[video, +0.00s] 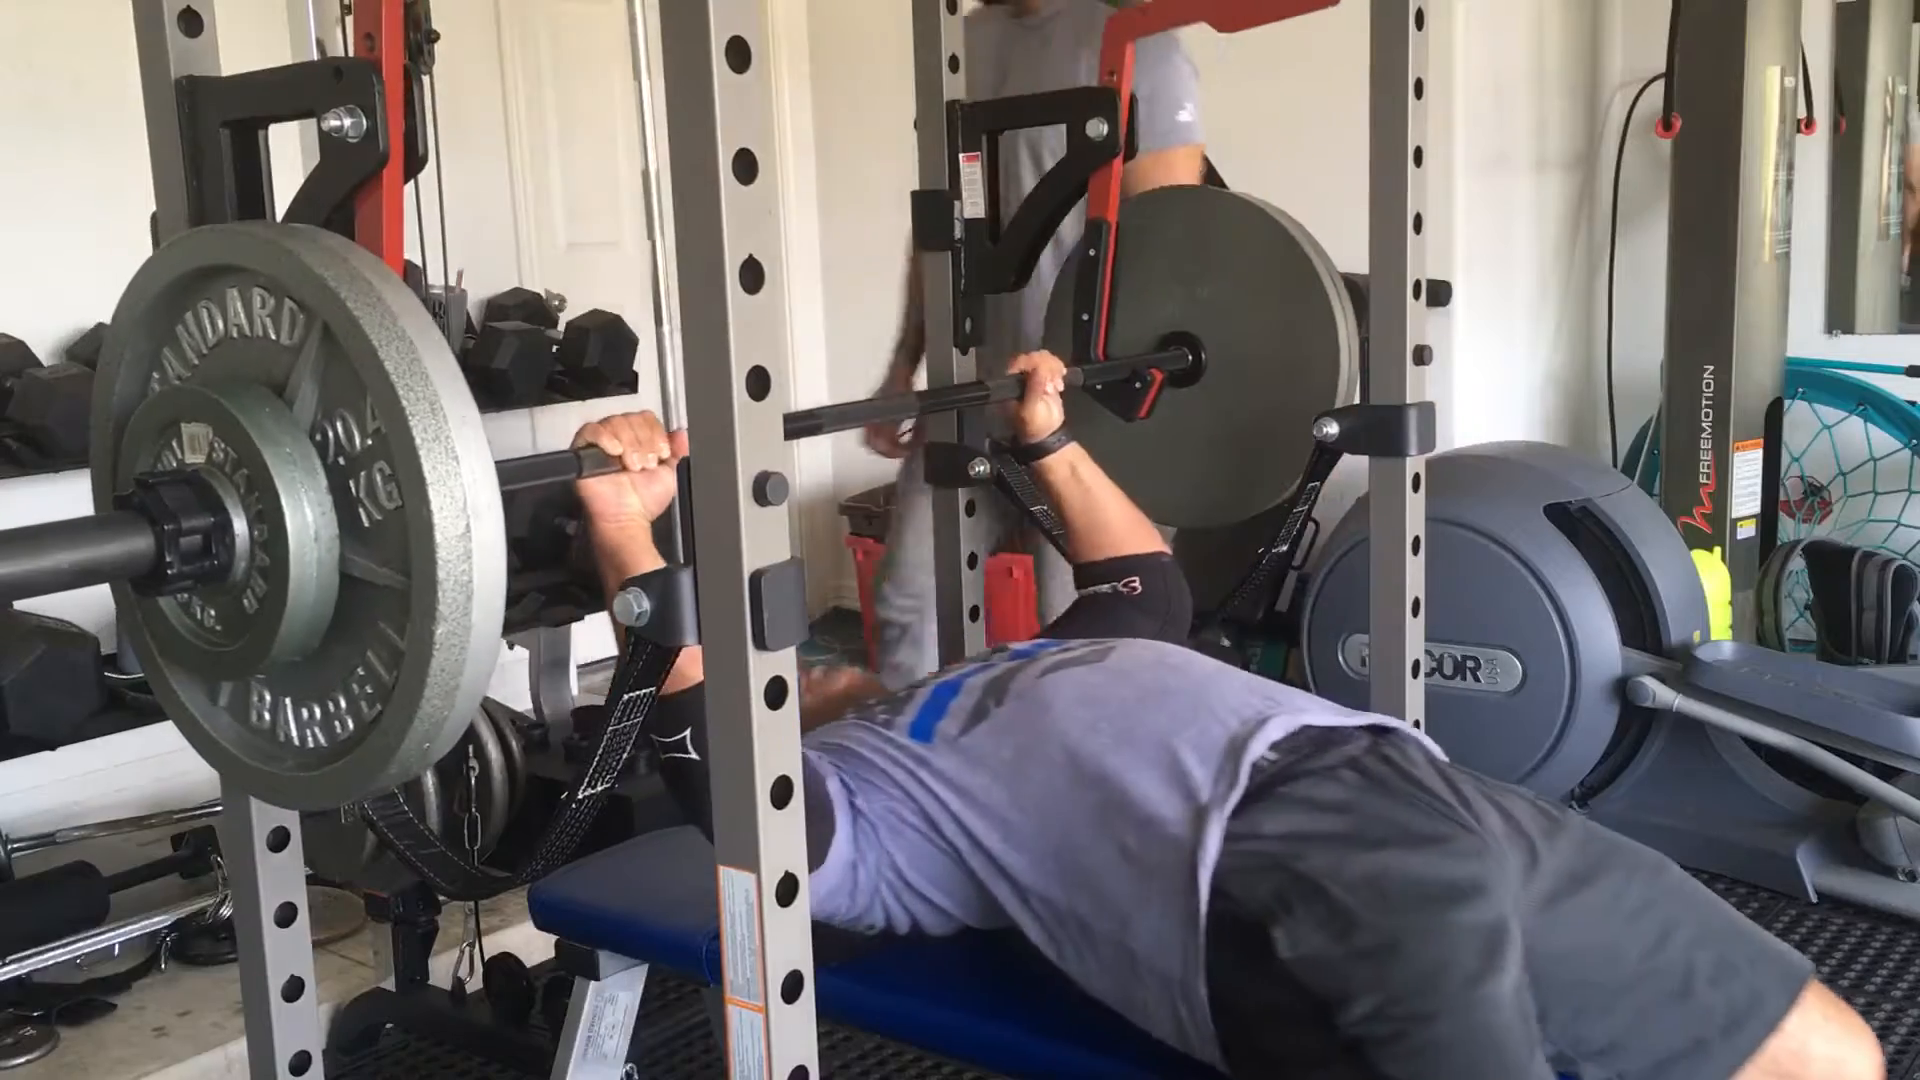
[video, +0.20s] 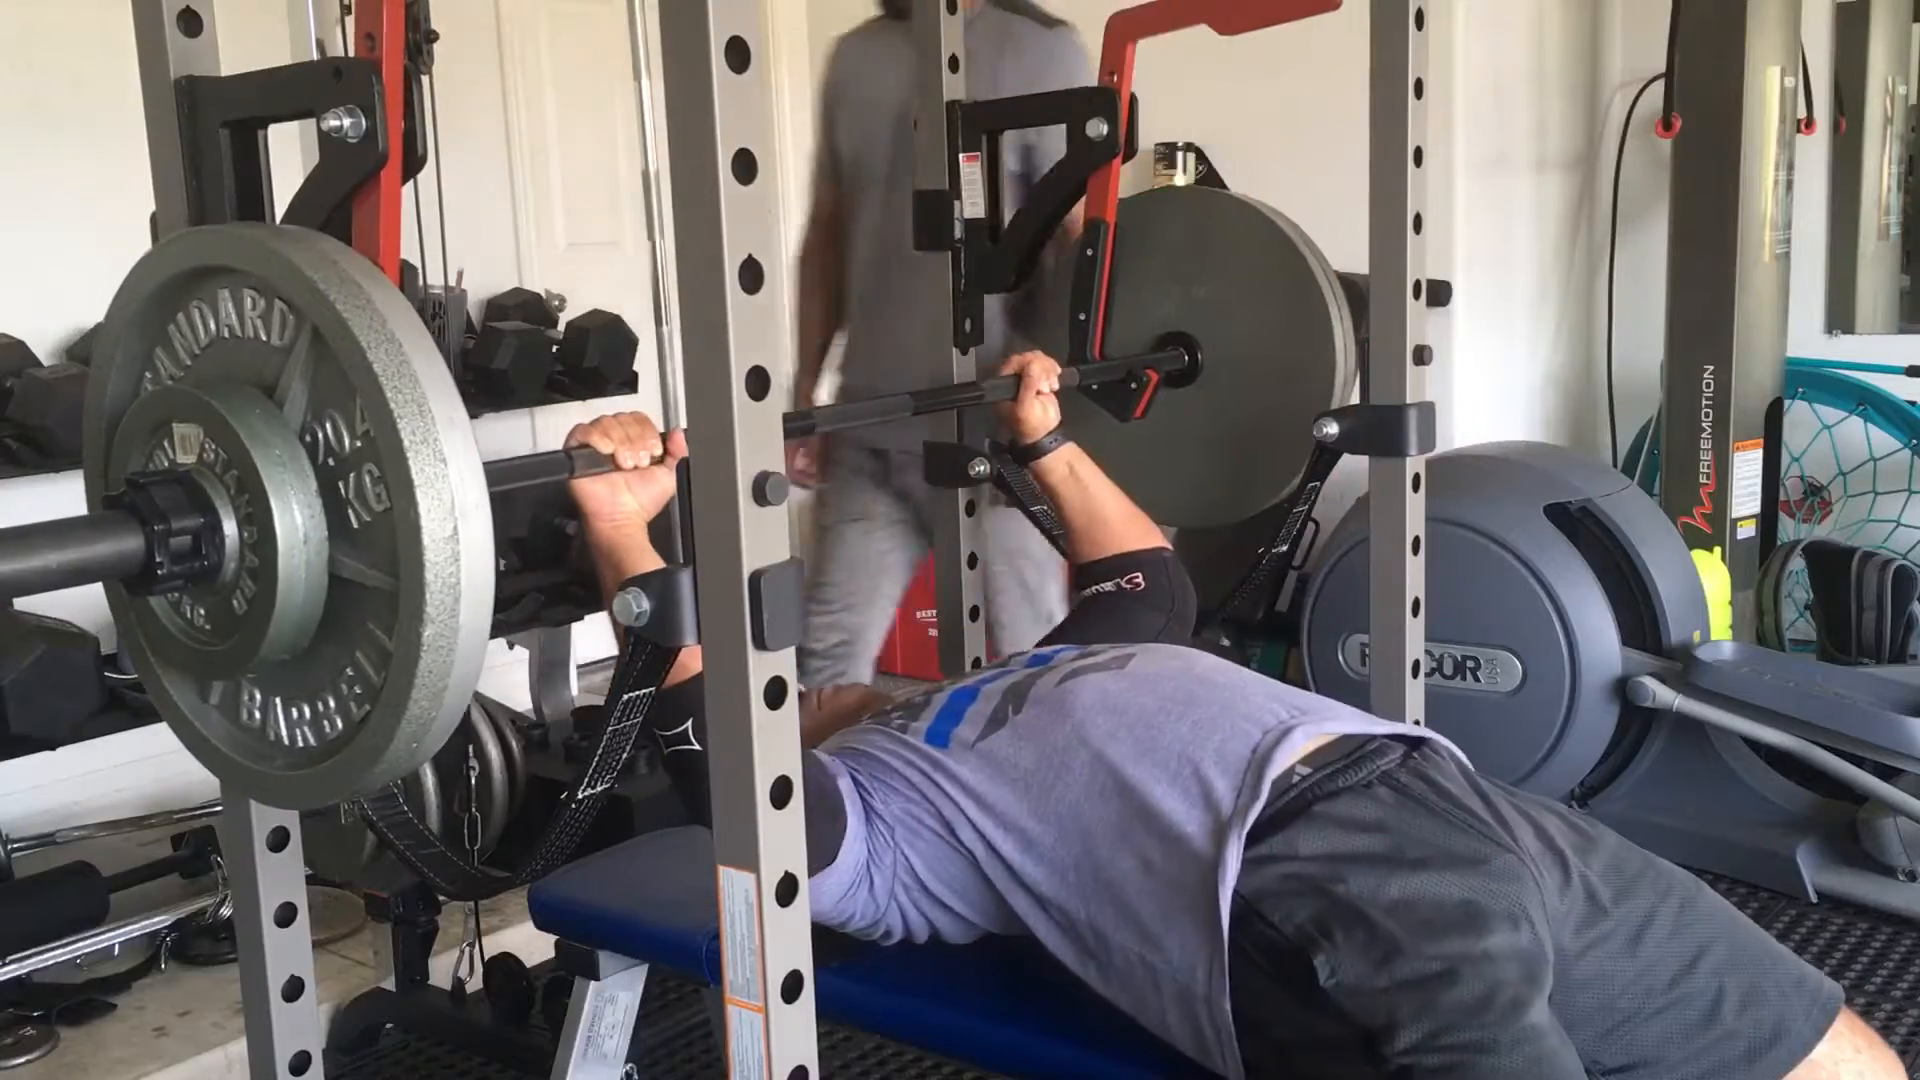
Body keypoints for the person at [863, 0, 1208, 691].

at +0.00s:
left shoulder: (1139, 44)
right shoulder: (961, 37)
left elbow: (1168, 257)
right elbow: (939, 216)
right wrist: (903, 366)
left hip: (1081, 391)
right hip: (965, 384)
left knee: (1083, 611)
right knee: (912, 600)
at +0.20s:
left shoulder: (1049, 51)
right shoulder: (860, 57)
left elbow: (1074, 241)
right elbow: (831, 233)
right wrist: (806, 392)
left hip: (1009, 436)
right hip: (874, 429)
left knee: (1026, 673)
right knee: (827, 668)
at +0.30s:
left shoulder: (988, 48)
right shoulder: (795, 58)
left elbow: (1042, 264)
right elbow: (774, 259)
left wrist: (1040, 413)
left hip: (943, 433)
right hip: (810, 428)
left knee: (991, 669)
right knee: (792, 669)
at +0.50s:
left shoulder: (890, 30)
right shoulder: (698, 55)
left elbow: (963, 214)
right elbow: (652, 207)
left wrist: (976, 377)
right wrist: (660, 262)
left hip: (870, 388)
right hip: (739, 403)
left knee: (832, 632)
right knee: (751, 641)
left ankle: (949, 767)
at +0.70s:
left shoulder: (856, 31)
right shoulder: (642, 38)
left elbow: (902, 223)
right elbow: (581, 238)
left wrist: (905, 401)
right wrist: (628, 138)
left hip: (823, 414)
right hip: (694, 420)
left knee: (796, 670)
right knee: (689, 667)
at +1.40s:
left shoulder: (833, 53)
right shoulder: (574, 31)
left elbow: (870, 257)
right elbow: (504, 233)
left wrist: (877, 433)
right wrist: (626, 178)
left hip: (776, 445)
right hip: (622, 445)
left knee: (767, 700)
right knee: (639, 706)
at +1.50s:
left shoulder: (830, 51)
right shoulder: (569, 31)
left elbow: (864, 252)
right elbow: (503, 229)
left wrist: (882, 429)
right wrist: (637, 284)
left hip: (772, 454)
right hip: (620, 455)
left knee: (765, 709)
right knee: (642, 715)